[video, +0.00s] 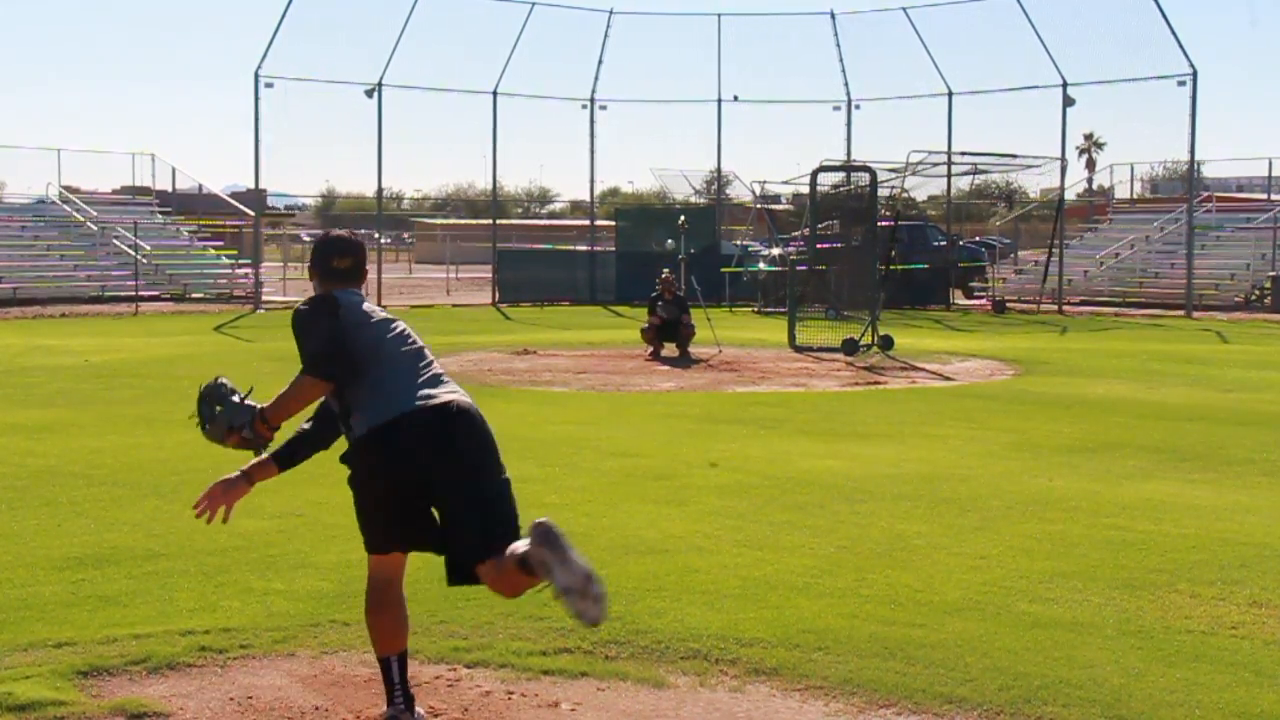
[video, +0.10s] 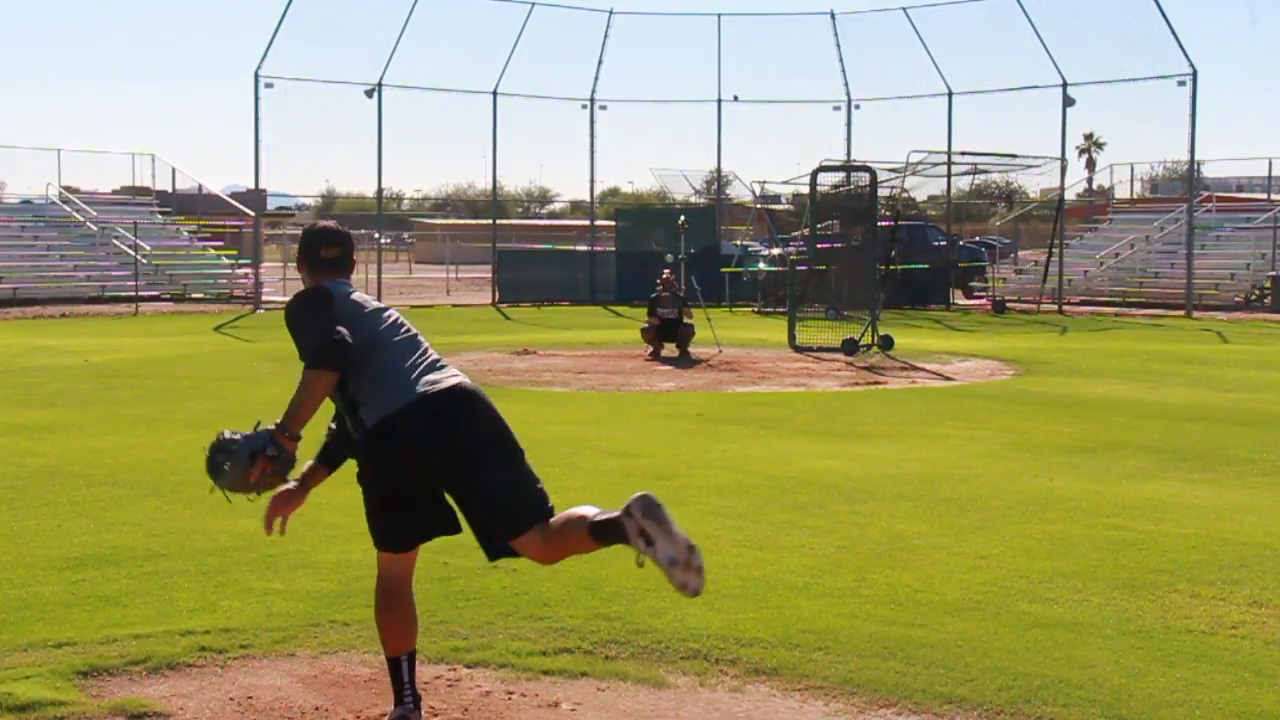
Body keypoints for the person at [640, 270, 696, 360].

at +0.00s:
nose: (667, 286)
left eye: (670, 283)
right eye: (664, 283)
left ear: (674, 285)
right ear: (660, 285)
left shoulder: (680, 299)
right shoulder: (654, 299)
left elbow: (686, 316)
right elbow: (651, 318)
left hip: (677, 326)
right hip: (661, 326)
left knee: (688, 328)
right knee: (646, 331)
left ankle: (683, 349)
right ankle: (657, 347)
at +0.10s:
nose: (667, 285)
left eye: (670, 282)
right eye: (665, 283)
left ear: (674, 284)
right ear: (661, 284)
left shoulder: (679, 298)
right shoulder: (654, 299)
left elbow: (690, 316)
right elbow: (650, 318)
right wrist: (659, 321)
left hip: (675, 326)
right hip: (660, 325)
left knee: (689, 329)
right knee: (646, 331)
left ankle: (683, 350)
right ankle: (656, 348)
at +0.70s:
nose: (666, 287)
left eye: (669, 284)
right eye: (664, 284)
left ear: (673, 284)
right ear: (659, 285)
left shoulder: (678, 296)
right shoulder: (655, 297)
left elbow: (687, 305)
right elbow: (649, 317)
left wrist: (680, 306)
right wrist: (651, 315)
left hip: (675, 327)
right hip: (660, 328)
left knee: (687, 331)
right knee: (645, 331)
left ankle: (683, 350)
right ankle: (656, 348)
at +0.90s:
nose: (666, 282)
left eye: (668, 279)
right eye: (663, 279)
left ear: (673, 280)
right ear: (659, 280)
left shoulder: (678, 293)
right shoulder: (655, 295)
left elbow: (681, 303)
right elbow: (646, 315)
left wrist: (675, 303)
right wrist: (638, 308)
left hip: (677, 330)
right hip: (661, 331)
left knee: (686, 334)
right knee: (646, 334)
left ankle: (682, 349)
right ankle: (656, 347)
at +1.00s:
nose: (666, 280)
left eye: (669, 277)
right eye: (663, 277)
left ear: (673, 278)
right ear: (659, 278)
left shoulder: (678, 292)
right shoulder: (657, 294)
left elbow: (678, 300)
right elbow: (644, 308)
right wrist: (631, 303)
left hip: (676, 330)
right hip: (661, 330)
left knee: (684, 337)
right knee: (646, 336)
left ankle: (683, 350)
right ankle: (656, 348)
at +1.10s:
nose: (665, 279)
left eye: (668, 276)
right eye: (662, 276)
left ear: (672, 277)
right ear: (659, 277)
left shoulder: (677, 291)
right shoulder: (656, 291)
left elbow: (678, 296)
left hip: (676, 329)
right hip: (660, 329)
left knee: (682, 341)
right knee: (645, 340)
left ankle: (684, 352)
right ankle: (654, 350)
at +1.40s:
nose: (660, 275)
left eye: (663, 272)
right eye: (660, 272)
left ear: (670, 274)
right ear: (659, 274)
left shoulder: (675, 289)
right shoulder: (660, 286)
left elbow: (676, 297)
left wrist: (677, 299)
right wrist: (654, 273)